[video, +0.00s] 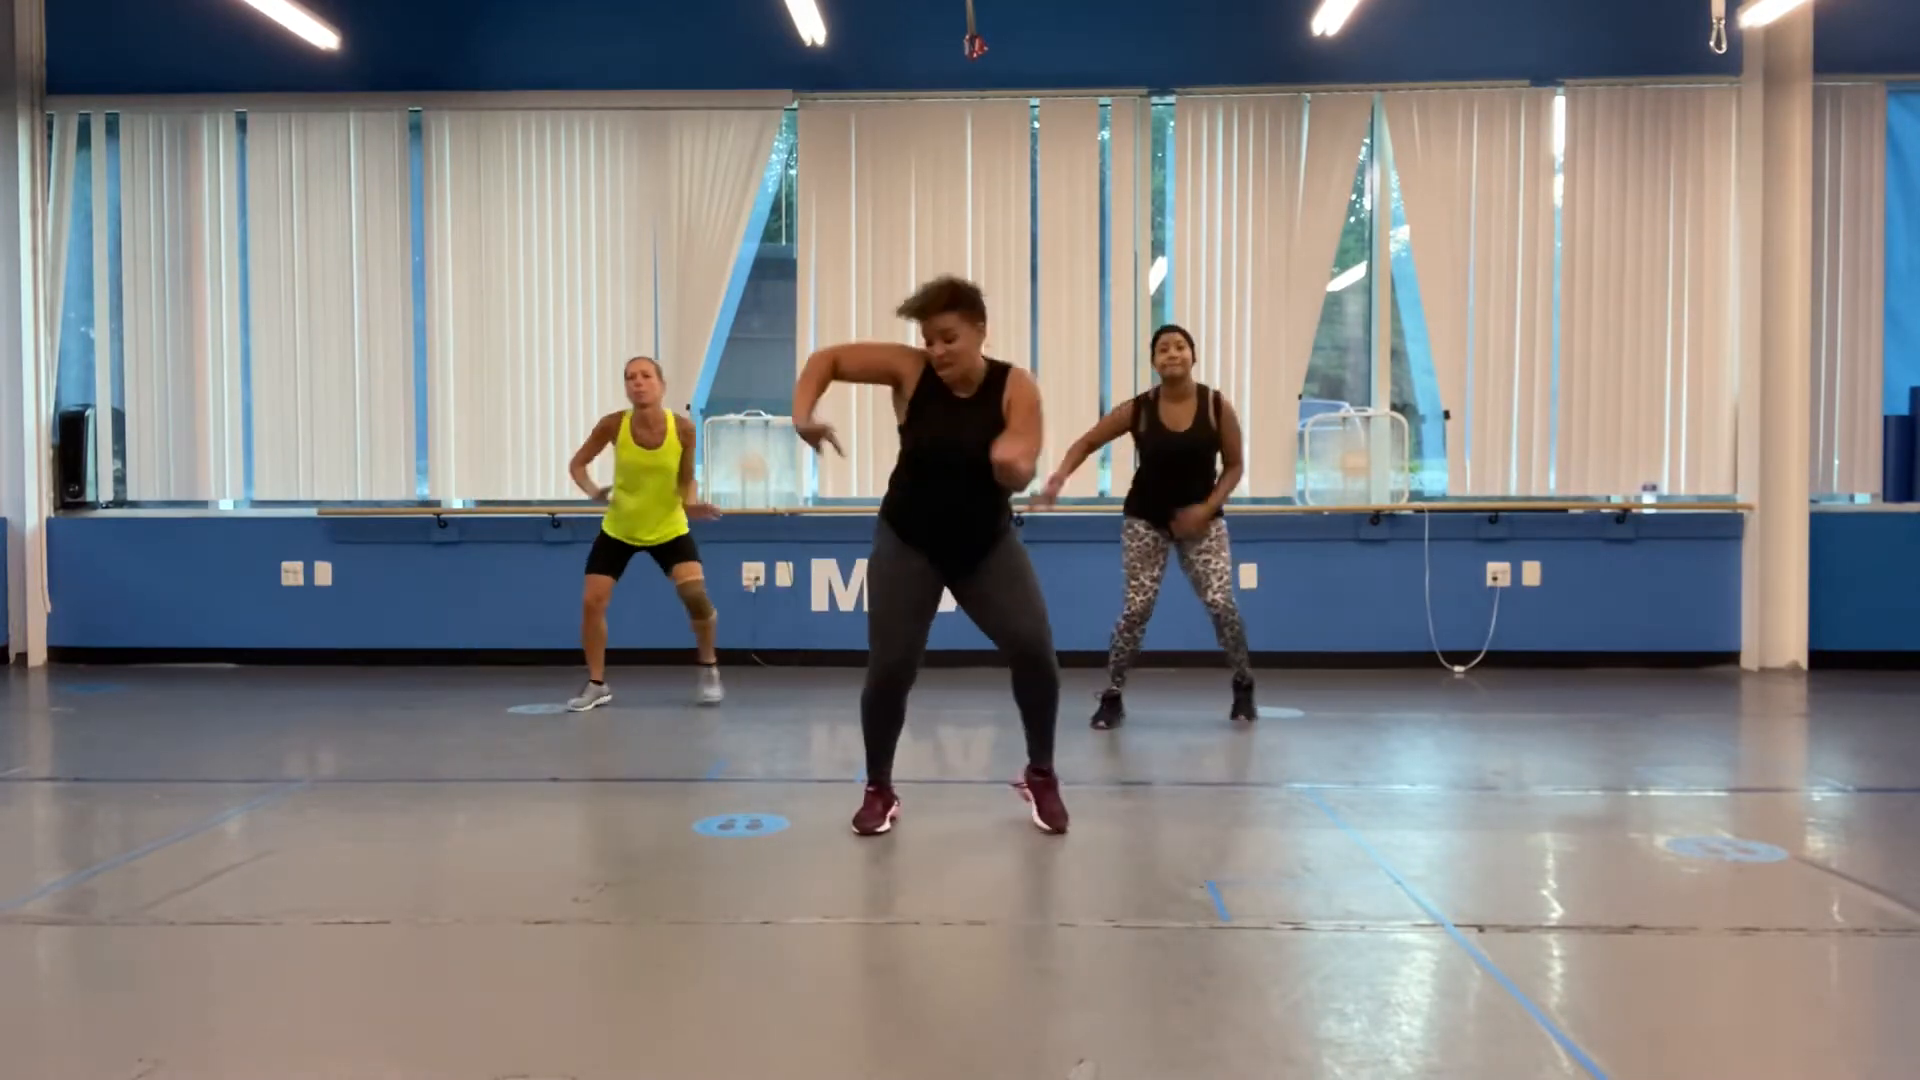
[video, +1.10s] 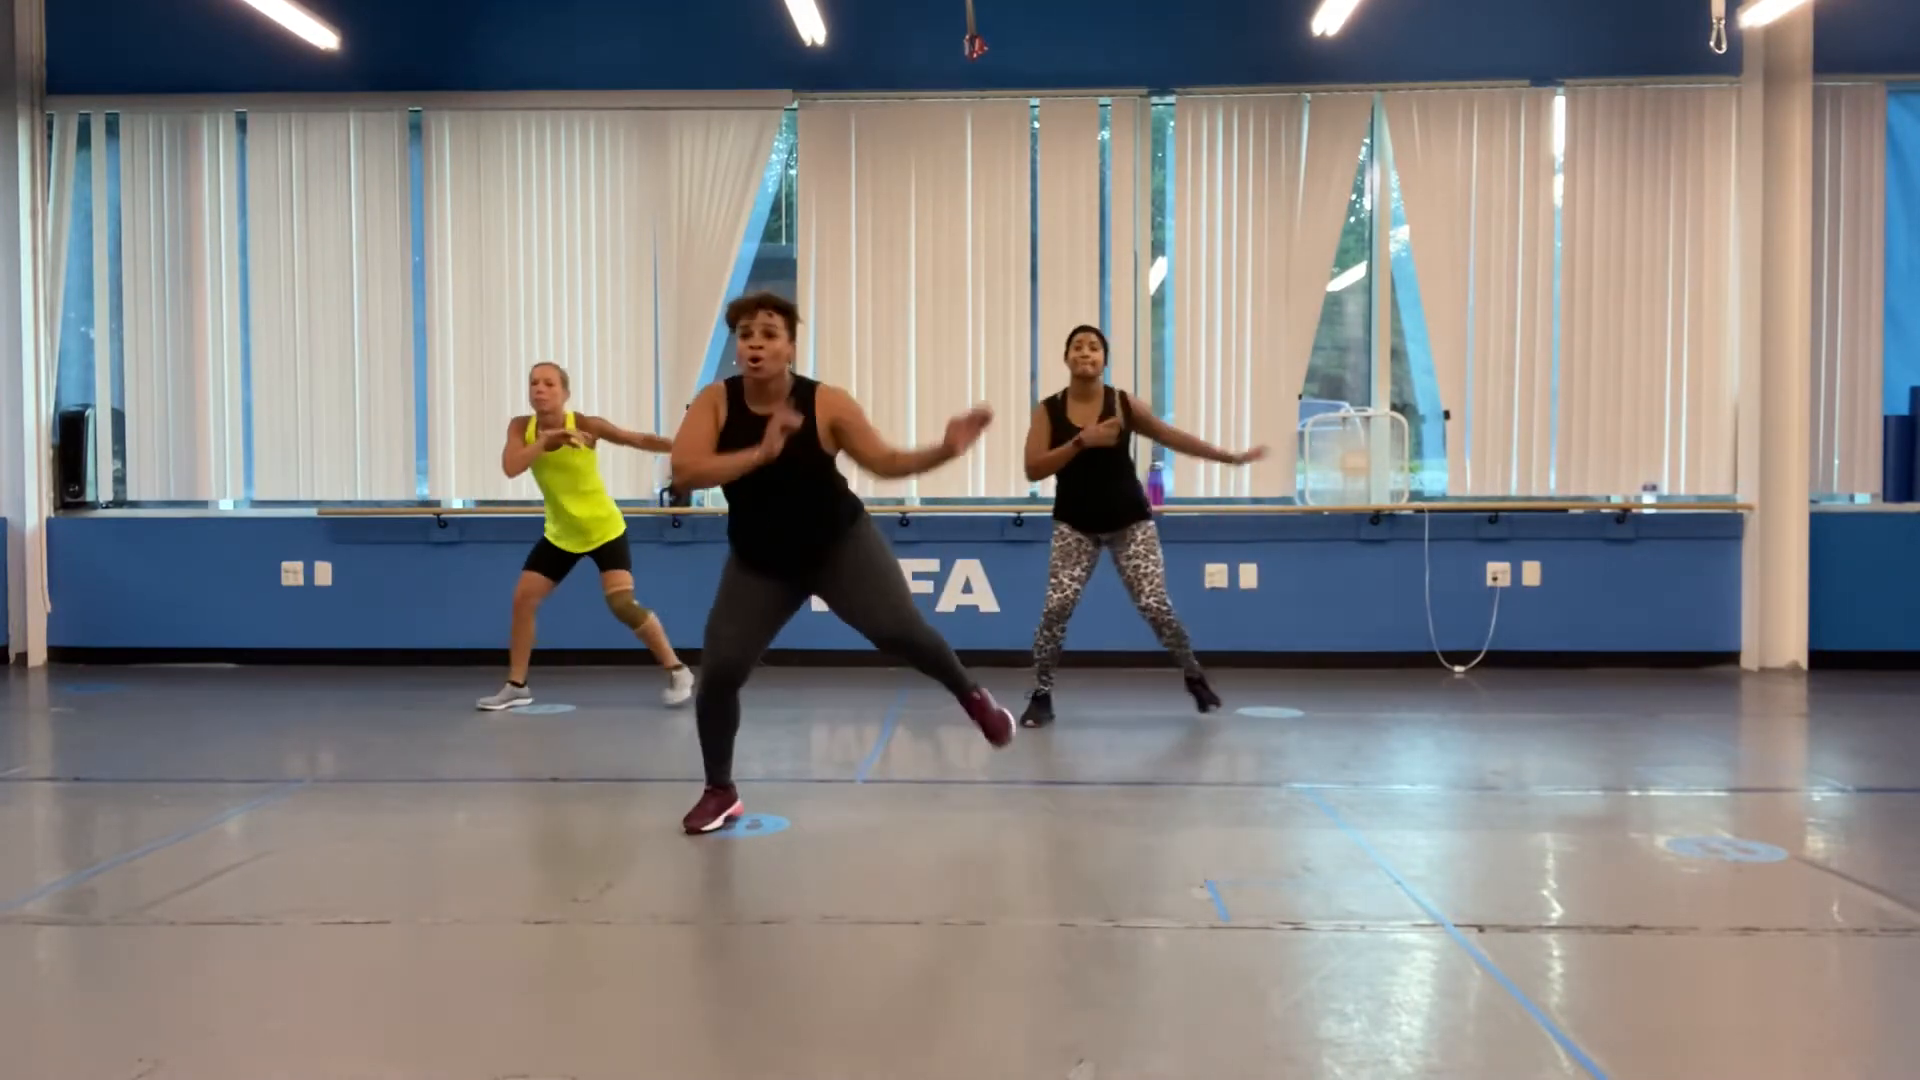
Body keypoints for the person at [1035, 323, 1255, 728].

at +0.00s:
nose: (1172, 354)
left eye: (1180, 347)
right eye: (1163, 350)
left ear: (1193, 356)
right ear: (1153, 362)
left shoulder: (1217, 407)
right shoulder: (1136, 410)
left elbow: (1234, 466)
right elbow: (1086, 444)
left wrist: (1207, 509)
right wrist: (1059, 476)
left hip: (1199, 519)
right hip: (1145, 520)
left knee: (1220, 603)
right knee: (1137, 608)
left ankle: (1244, 687)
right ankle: (1112, 696)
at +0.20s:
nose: (1194, 358)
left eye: (1201, 350)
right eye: (1185, 354)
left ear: (1215, 359)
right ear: (1177, 367)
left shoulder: (1244, 408)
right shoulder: (1164, 418)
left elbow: (1264, 471)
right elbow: (1134, 475)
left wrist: (1223, 499)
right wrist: (1085, 478)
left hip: (1228, 527)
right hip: (1170, 526)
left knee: (1246, 611)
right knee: (1162, 607)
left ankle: (1264, 701)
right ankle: (1112, 663)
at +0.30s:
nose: (1197, 359)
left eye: (1203, 352)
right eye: (1188, 356)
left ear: (1217, 360)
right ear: (1179, 369)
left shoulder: (1245, 410)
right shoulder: (1165, 423)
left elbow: (1268, 473)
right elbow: (1153, 488)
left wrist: (1262, 524)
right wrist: (1119, 520)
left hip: (1231, 530)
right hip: (1173, 531)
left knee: (1245, 615)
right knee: (1162, 612)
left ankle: (1264, 702)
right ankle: (1134, 692)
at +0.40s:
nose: (1189, 353)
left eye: (1196, 346)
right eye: (1181, 349)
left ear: (1210, 355)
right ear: (1172, 362)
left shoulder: (1235, 404)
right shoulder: (1159, 417)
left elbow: (1265, 462)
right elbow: (1151, 487)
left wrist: (1300, 510)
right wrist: (1163, 528)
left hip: (1227, 527)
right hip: (1173, 527)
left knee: (1239, 613)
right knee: (1147, 609)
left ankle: (1264, 703)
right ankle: (1130, 692)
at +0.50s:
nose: (1175, 342)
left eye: (1182, 336)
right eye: (1166, 338)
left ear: (1195, 346)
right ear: (1156, 351)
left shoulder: (1216, 395)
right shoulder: (1141, 404)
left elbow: (1258, 444)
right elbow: (1134, 471)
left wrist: (1310, 477)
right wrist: (1191, 483)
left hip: (1213, 518)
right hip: (1156, 519)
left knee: (1228, 607)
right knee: (1132, 601)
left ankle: (1264, 700)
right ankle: (1115, 681)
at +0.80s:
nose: (1131, 345)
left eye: (1139, 338)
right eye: (1123, 340)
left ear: (1151, 349)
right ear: (1112, 352)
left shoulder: (1172, 395)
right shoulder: (1098, 404)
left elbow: (1215, 433)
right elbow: (1086, 462)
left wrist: (1269, 453)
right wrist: (1142, 445)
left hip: (1170, 521)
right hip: (1115, 522)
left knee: (1177, 610)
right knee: (1099, 609)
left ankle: (1200, 698)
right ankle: (1102, 690)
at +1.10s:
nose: (1086, 353)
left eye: (1094, 348)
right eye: (1078, 348)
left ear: (1105, 360)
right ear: (1066, 360)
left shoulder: (1123, 405)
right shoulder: (1048, 410)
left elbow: (1172, 437)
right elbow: (1033, 469)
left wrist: (1229, 457)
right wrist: (1080, 442)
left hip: (1130, 522)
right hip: (1074, 526)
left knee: (1153, 604)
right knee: (1057, 606)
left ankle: (1196, 679)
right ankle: (1040, 696)